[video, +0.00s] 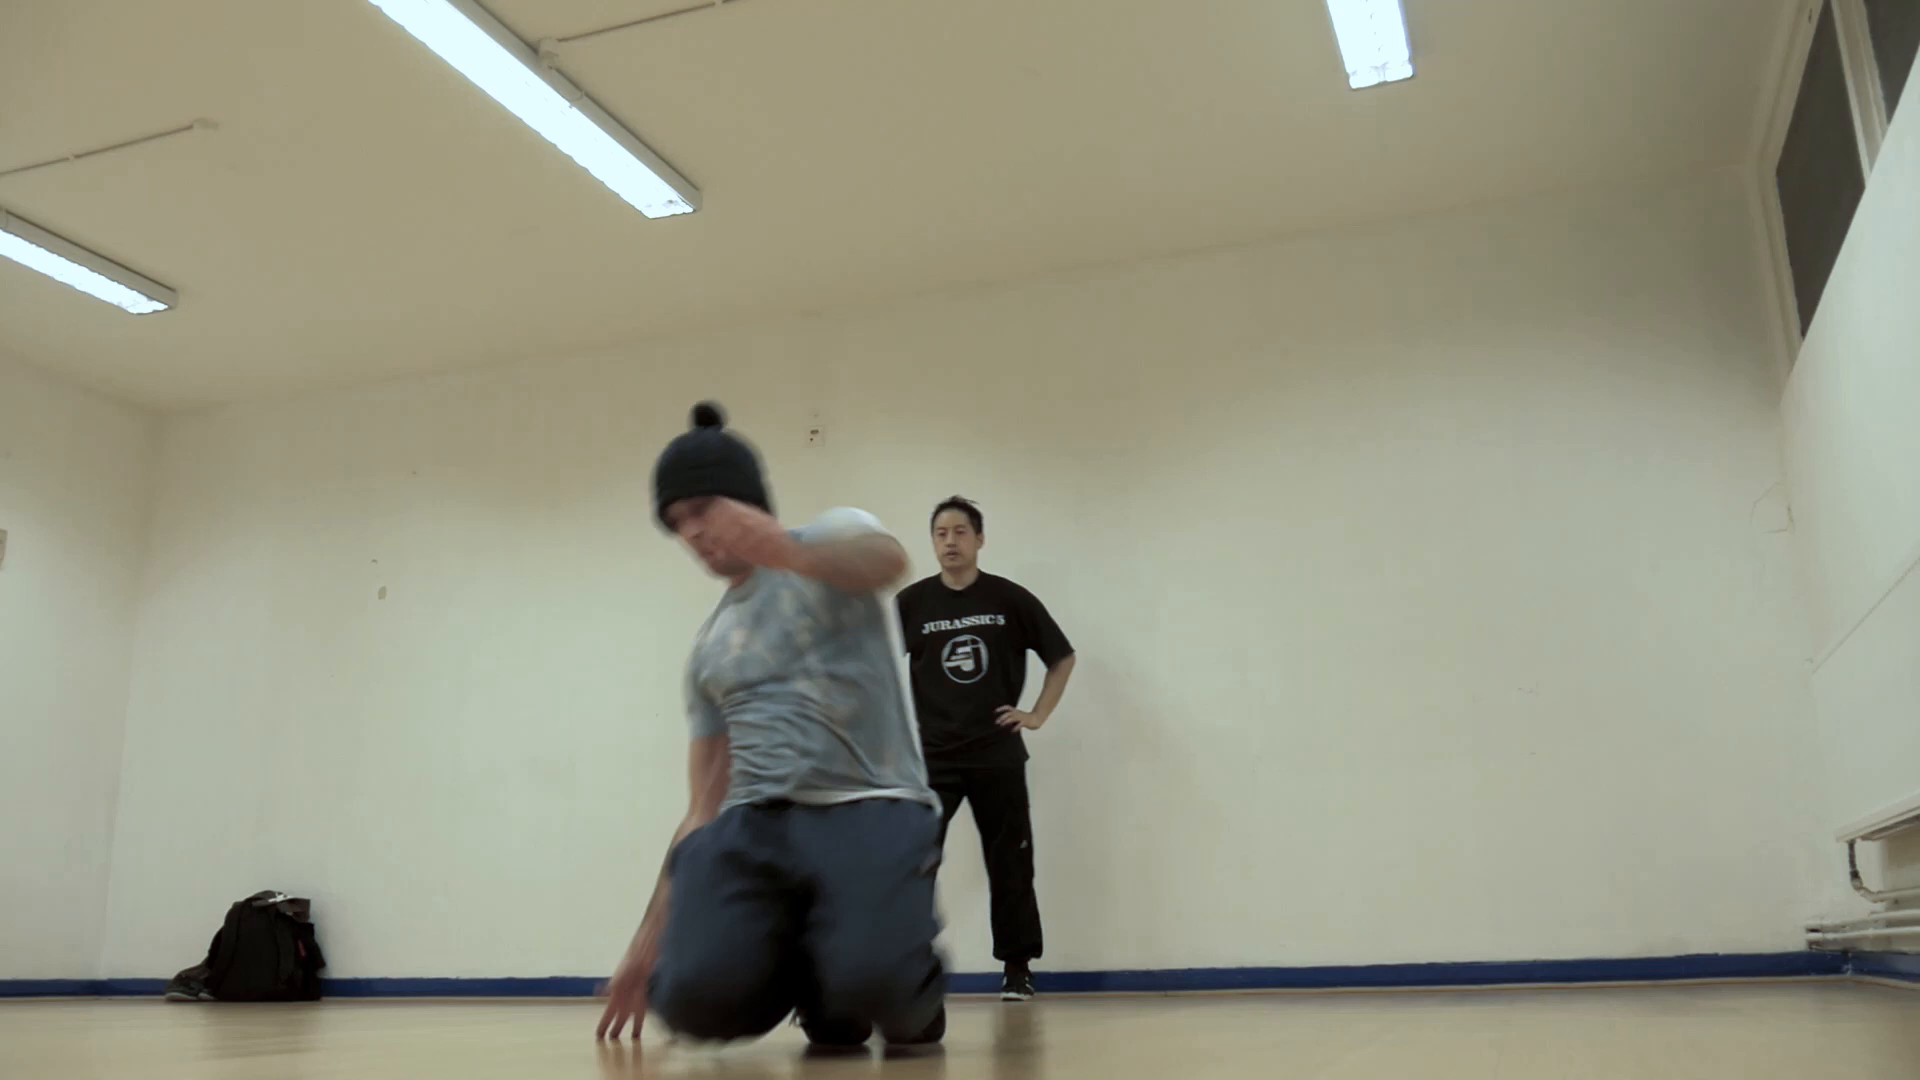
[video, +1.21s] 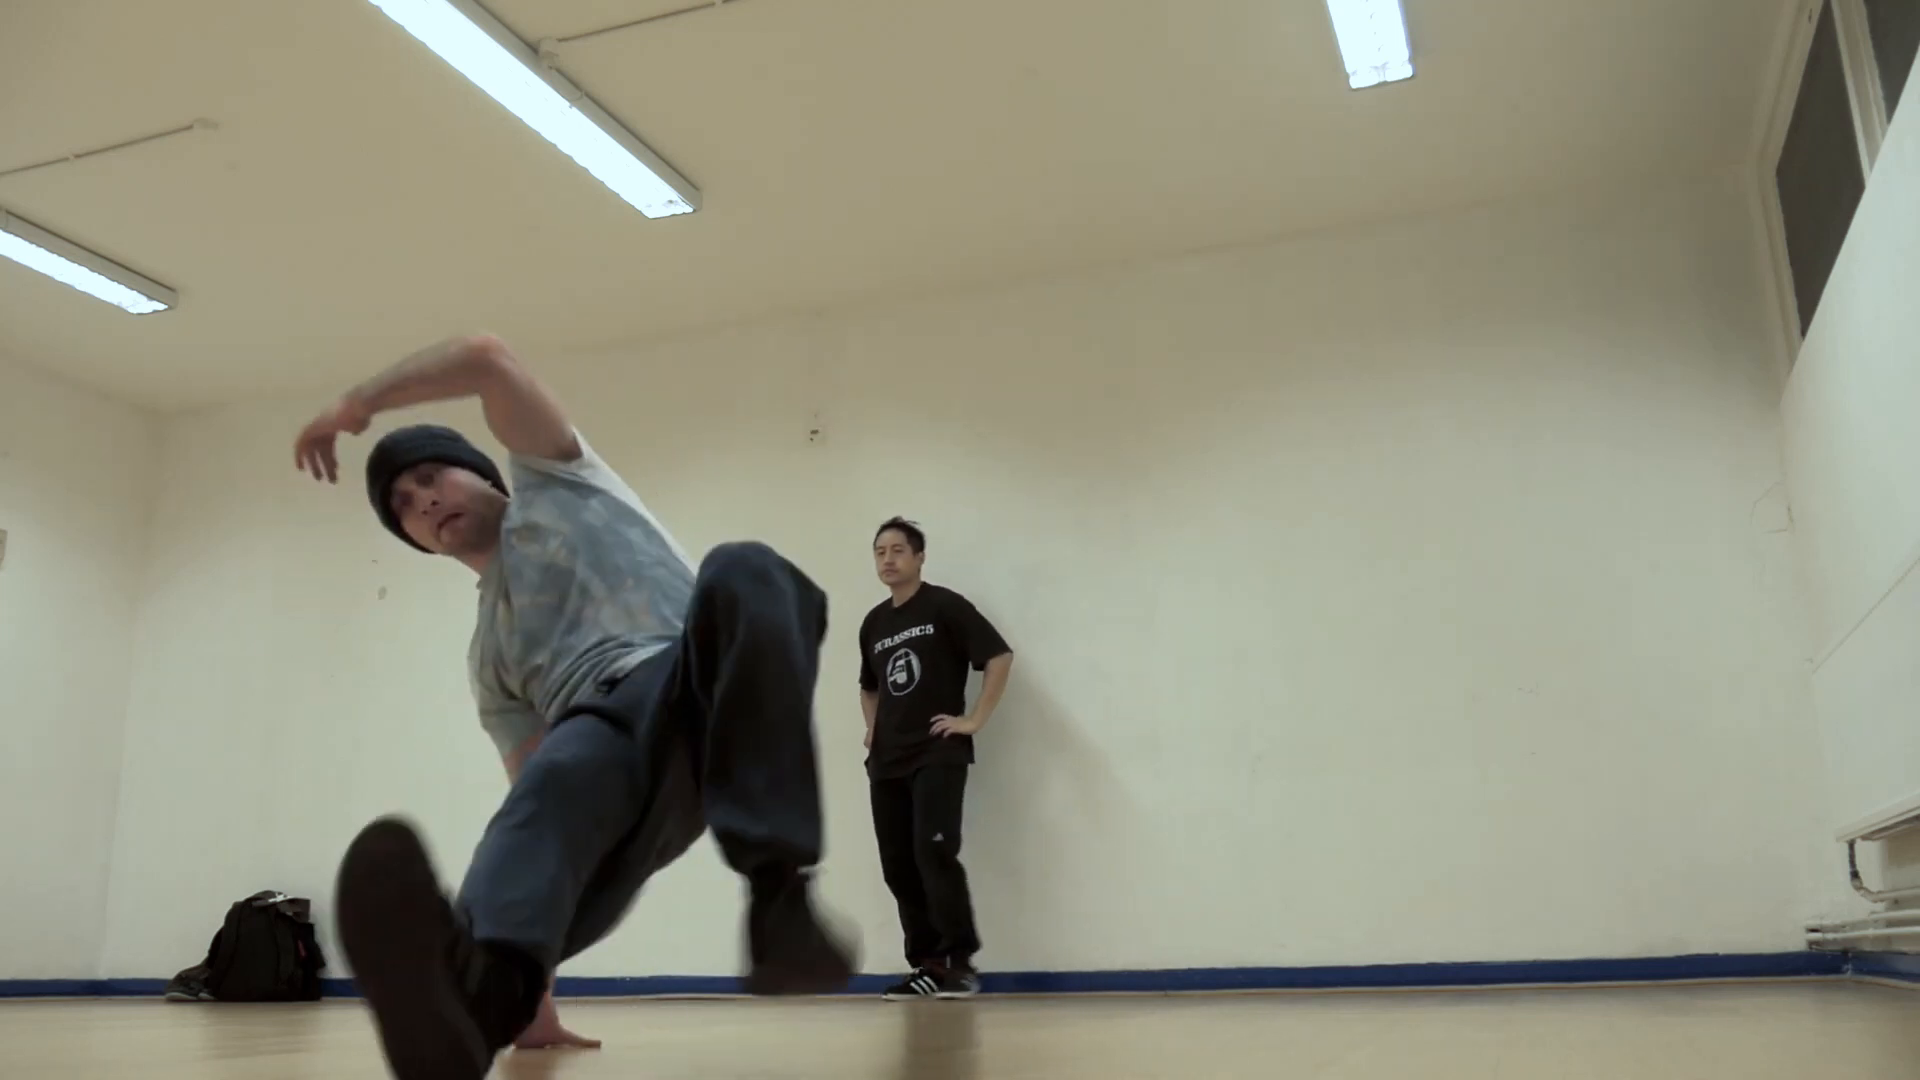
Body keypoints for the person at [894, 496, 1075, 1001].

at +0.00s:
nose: (951, 540)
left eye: (960, 531)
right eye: (942, 533)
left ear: (979, 539)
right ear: (931, 542)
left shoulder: (1010, 599)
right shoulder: (911, 602)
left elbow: (1061, 656)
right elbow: (872, 662)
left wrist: (1038, 714)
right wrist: (888, 724)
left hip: (996, 751)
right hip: (931, 753)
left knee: (1010, 863)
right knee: (910, 860)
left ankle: (1017, 969)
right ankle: (905, 977)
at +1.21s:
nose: (888, 559)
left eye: (898, 550)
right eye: (881, 552)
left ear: (919, 557)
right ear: (875, 561)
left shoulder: (945, 606)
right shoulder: (874, 623)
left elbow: (1000, 657)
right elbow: (870, 686)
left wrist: (976, 719)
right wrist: (872, 729)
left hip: (938, 750)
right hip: (888, 758)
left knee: (935, 852)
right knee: (898, 866)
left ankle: (959, 966)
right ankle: (929, 969)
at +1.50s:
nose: (863, 560)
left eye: (872, 551)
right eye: (855, 553)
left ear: (893, 557)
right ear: (848, 563)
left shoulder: (924, 606)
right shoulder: (847, 626)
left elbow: (979, 657)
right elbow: (841, 687)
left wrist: (955, 722)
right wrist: (854, 734)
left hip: (920, 750)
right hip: (870, 758)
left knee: (897, 855)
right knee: (884, 861)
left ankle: (923, 966)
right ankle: (930, 964)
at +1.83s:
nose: (834, 550)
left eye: (844, 542)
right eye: (827, 542)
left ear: (866, 550)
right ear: (821, 552)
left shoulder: (889, 601)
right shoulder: (818, 615)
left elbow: (940, 657)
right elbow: (814, 682)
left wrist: (909, 717)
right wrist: (823, 730)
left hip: (879, 745)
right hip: (832, 749)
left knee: (860, 854)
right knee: (858, 859)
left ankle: (847, 971)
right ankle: (924, 957)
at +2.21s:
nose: (790, 544)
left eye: (800, 535)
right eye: (783, 535)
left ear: (823, 542)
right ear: (777, 545)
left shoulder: (845, 591)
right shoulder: (779, 607)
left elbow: (895, 646)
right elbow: (795, 672)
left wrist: (869, 713)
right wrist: (793, 720)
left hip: (840, 746)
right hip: (790, 747)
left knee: (839, 855)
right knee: (756, 849)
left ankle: (846, 973)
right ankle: (784, 961)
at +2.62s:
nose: (702, 557)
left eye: (709, 547)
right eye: (697, 551)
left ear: (725, 543)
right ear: (690, 555)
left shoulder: (764, 584)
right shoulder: (687, 599)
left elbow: (827, 636)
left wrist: (808, 707)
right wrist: (676, 718)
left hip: (769, 752)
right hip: (712, 755)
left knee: (792, 857)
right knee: (708, 864)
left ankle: (835, 962)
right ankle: (706, 972)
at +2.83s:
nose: (679, 537)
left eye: (689, 528)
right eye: (671, 530)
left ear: (710, 536)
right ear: (662, 542)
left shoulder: (747, 582)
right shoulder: (662, 608)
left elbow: (807, 634)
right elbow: (662, 675)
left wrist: (792, 704)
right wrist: (679, 728)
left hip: (754, 743)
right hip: (698, 749)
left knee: (756, 849)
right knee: (699, 849)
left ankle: (781, 950)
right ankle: (706, 969)